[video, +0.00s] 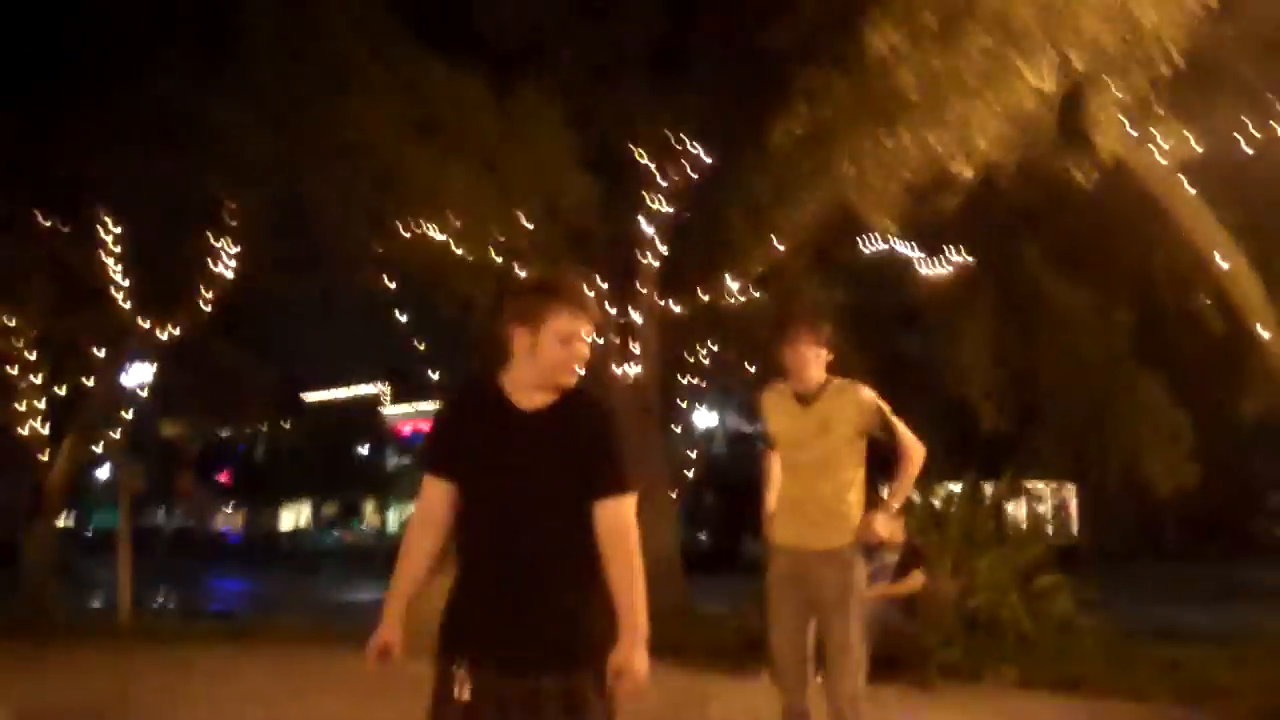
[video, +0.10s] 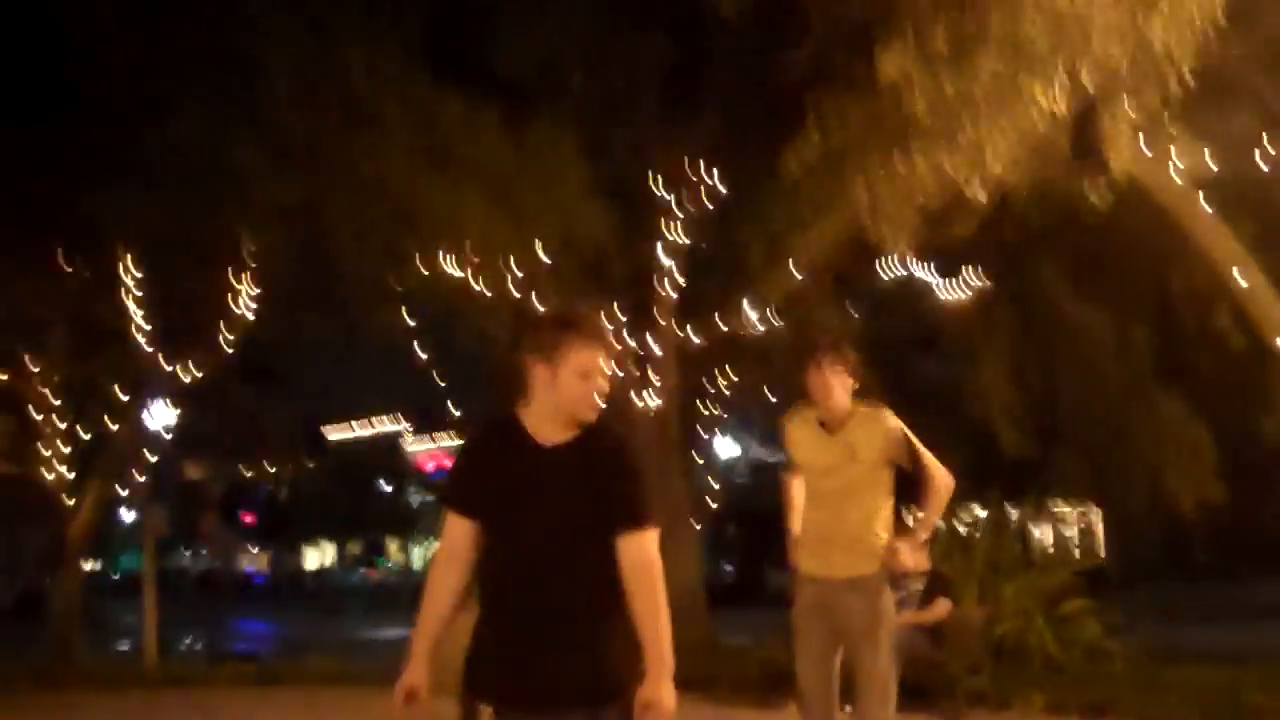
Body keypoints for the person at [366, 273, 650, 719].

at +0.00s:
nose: (582, 353)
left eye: (587, 341)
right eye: (567, 339)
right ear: (521, 338)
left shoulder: (591, 419)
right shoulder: (468, 411)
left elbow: (619, 534)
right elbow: (430, 518)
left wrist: (633, 636)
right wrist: (393, 614)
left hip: (572, 648)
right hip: (479, 645)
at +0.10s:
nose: (602, 387)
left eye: (605, 375)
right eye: (587, 375)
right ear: (540, 371)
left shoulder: (611, 455)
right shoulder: (489, 448)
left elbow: (641, 566)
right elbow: (454, 556)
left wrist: (659, 673)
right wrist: (419, 659)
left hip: (597, 681)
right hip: (507, 680)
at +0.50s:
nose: (644, 361)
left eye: (648, 348)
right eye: (631, 346)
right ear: (583, 344)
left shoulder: (651, 428)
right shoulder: (524, 417)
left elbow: (679, 538)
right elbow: (485, 525)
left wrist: (706, 635)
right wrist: (450, 624)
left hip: (628, 659)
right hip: (533, 658)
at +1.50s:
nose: (633, 341)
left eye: (636, 328)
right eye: (618, 326)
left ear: (640, 332)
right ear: (573, 331)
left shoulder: (647, 417)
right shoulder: (514, 416)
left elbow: (666, 533)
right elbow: (483, 524)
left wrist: (662, 634)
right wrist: (452, 623)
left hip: (619, 655)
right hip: (523, 651)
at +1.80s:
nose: (608, 389)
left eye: (612, 378)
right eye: (593, 376)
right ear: (547, 379)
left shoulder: (622, 466)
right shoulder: (487, 465)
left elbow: (646, 587)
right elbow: (456, 574)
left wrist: (650, 690)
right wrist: (425, 674)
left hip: (596, 693)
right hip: (503, 691)